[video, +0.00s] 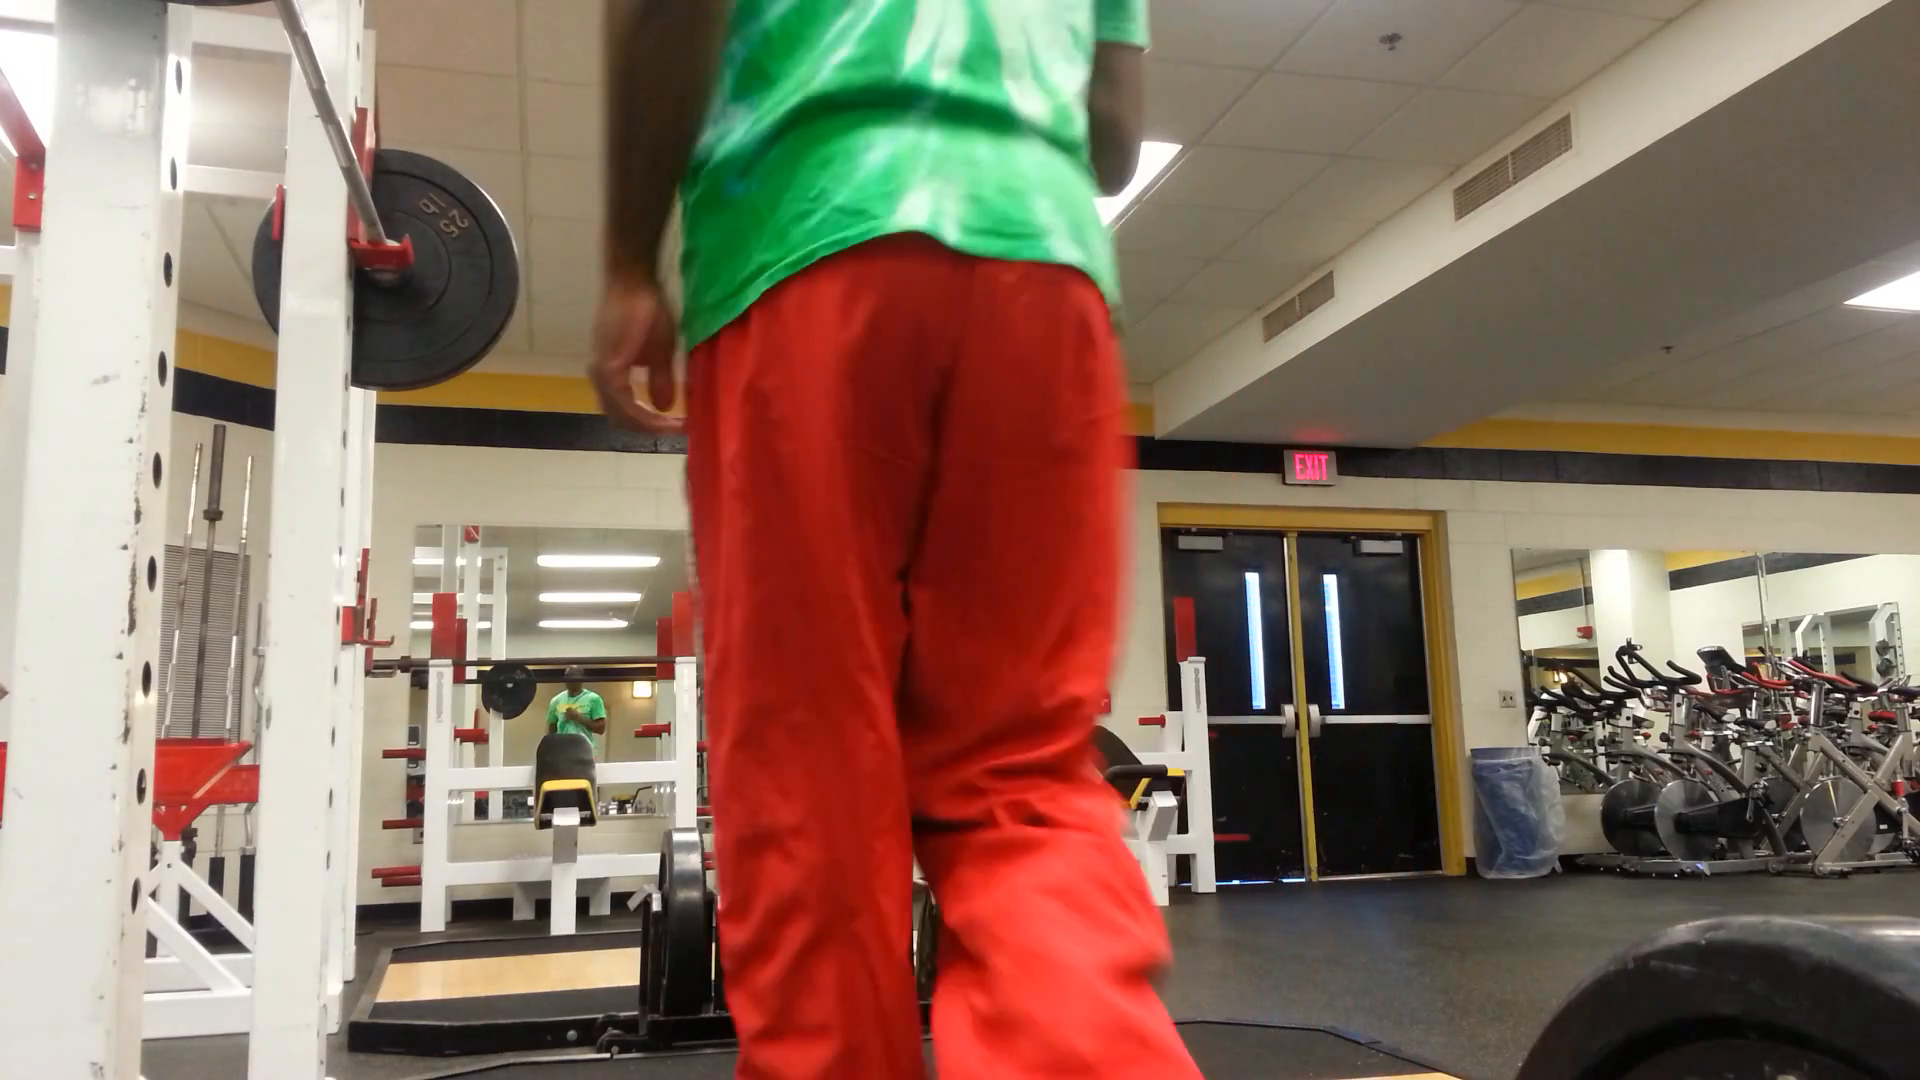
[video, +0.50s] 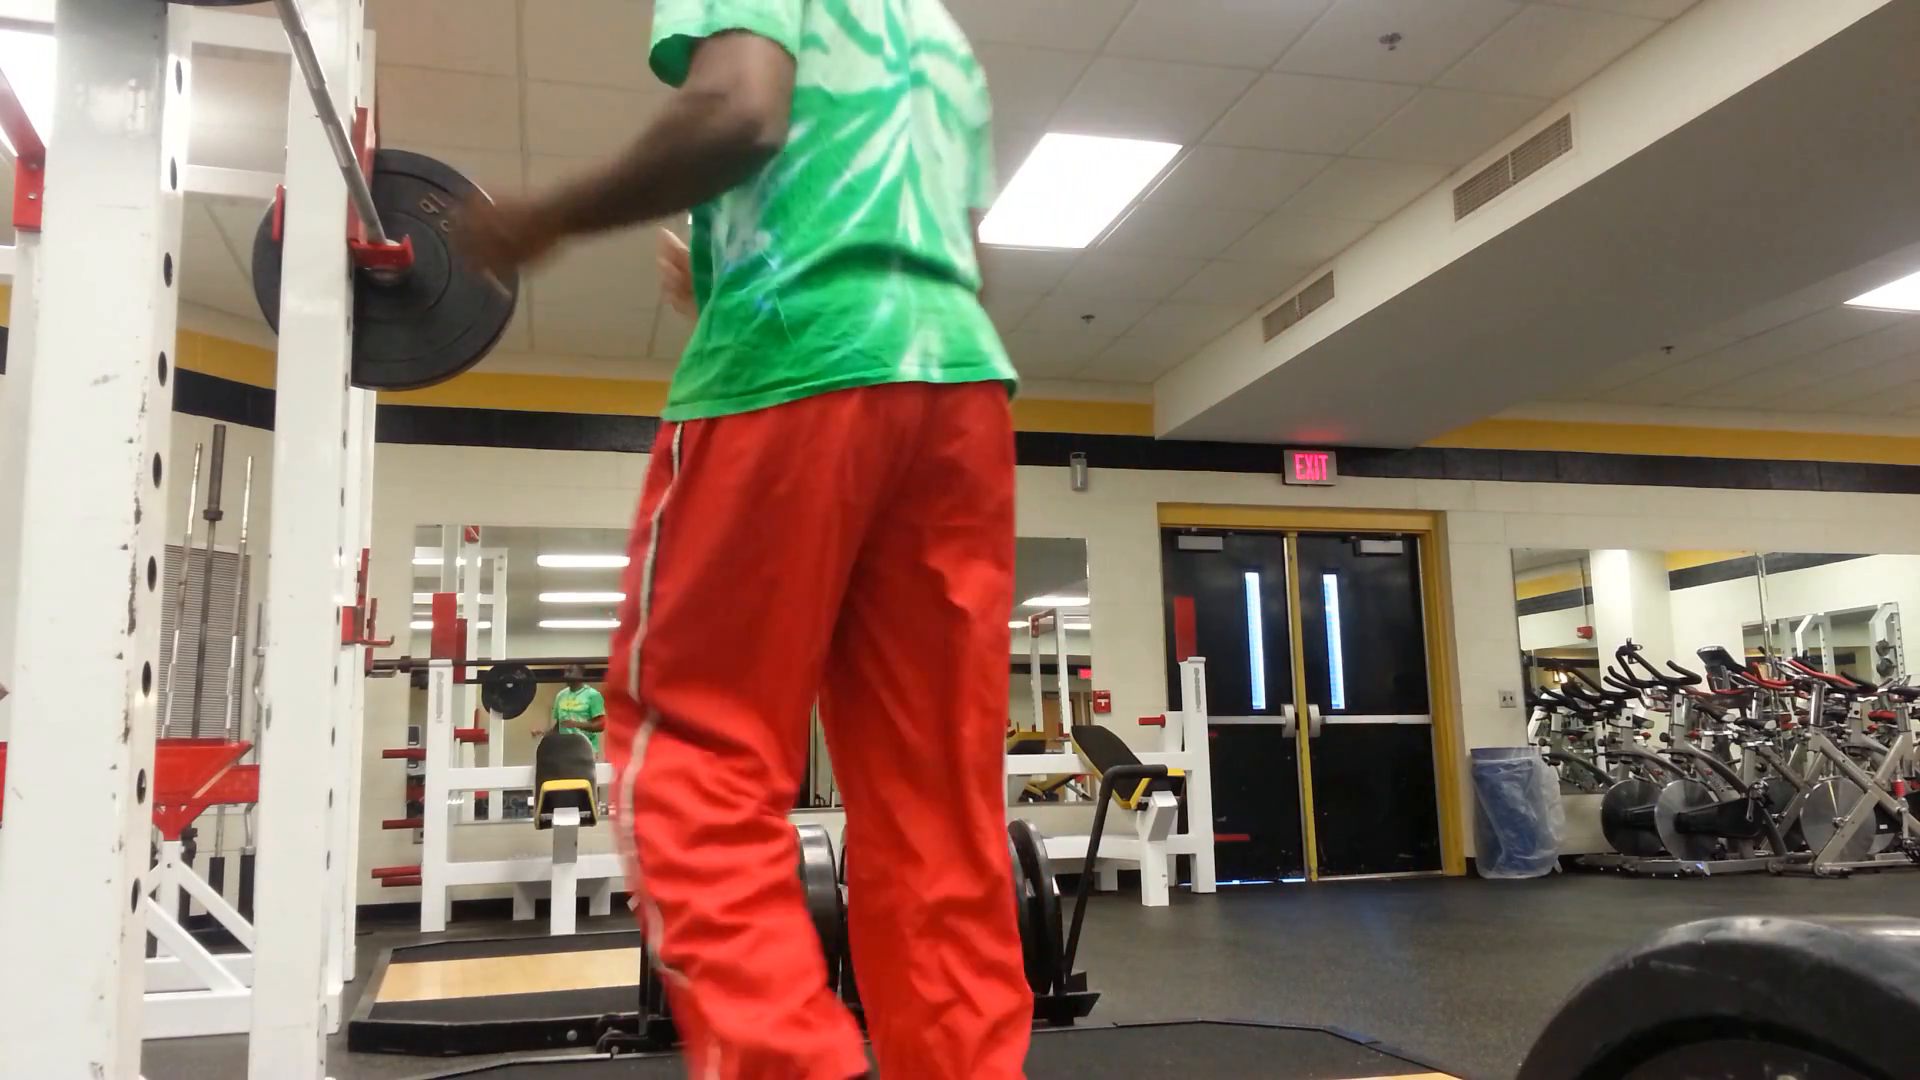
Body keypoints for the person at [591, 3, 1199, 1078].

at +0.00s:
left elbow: (673, 2)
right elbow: (1116, 127)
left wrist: (631, 260)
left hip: (808, 239)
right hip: (1046, 250)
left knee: (808, 777)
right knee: (1025, 769)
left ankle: (830, 1058)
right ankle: (1101, 1056)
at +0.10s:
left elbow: (636, 14)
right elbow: (1090, 138)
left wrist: (591, 259)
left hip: (804, 241)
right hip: (1022, 263)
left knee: (807, 761)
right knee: (990, 750)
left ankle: (830, 1059)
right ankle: (1061, 1059)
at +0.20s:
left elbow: (616, 24)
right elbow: (1071, 163)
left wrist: (559, 241)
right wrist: (934, 186)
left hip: (803, 256)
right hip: (1009, 288)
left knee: (815, 729)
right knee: (981, 739)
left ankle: (838, 1055)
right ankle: (1020, 1056)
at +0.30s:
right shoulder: (1012, 2)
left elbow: (656, 68)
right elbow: (1055, 221)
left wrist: (546, 251)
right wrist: (915, 229)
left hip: (804, 307)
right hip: (992, 324)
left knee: (820, 736)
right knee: (983, 735)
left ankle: (848, 1055)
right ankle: (988, 1056)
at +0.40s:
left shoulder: (737, 4)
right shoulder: (981, 25)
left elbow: (726, 103)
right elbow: (1023, 265)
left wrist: (572, 263)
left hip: (812, 357)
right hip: (985, 368)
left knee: (750, 766)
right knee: (954, 763)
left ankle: (822, 1061)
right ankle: (977, 1057)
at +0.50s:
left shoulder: (748, 1)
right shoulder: (943, 34)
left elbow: (741, 112)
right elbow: (958, 247)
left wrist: (536, 215)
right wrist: (732, 264)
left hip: (797, 360)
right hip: (964, 372)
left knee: (692, 744)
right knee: (935, 787)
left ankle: (787, 1058)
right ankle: (966, 1058)